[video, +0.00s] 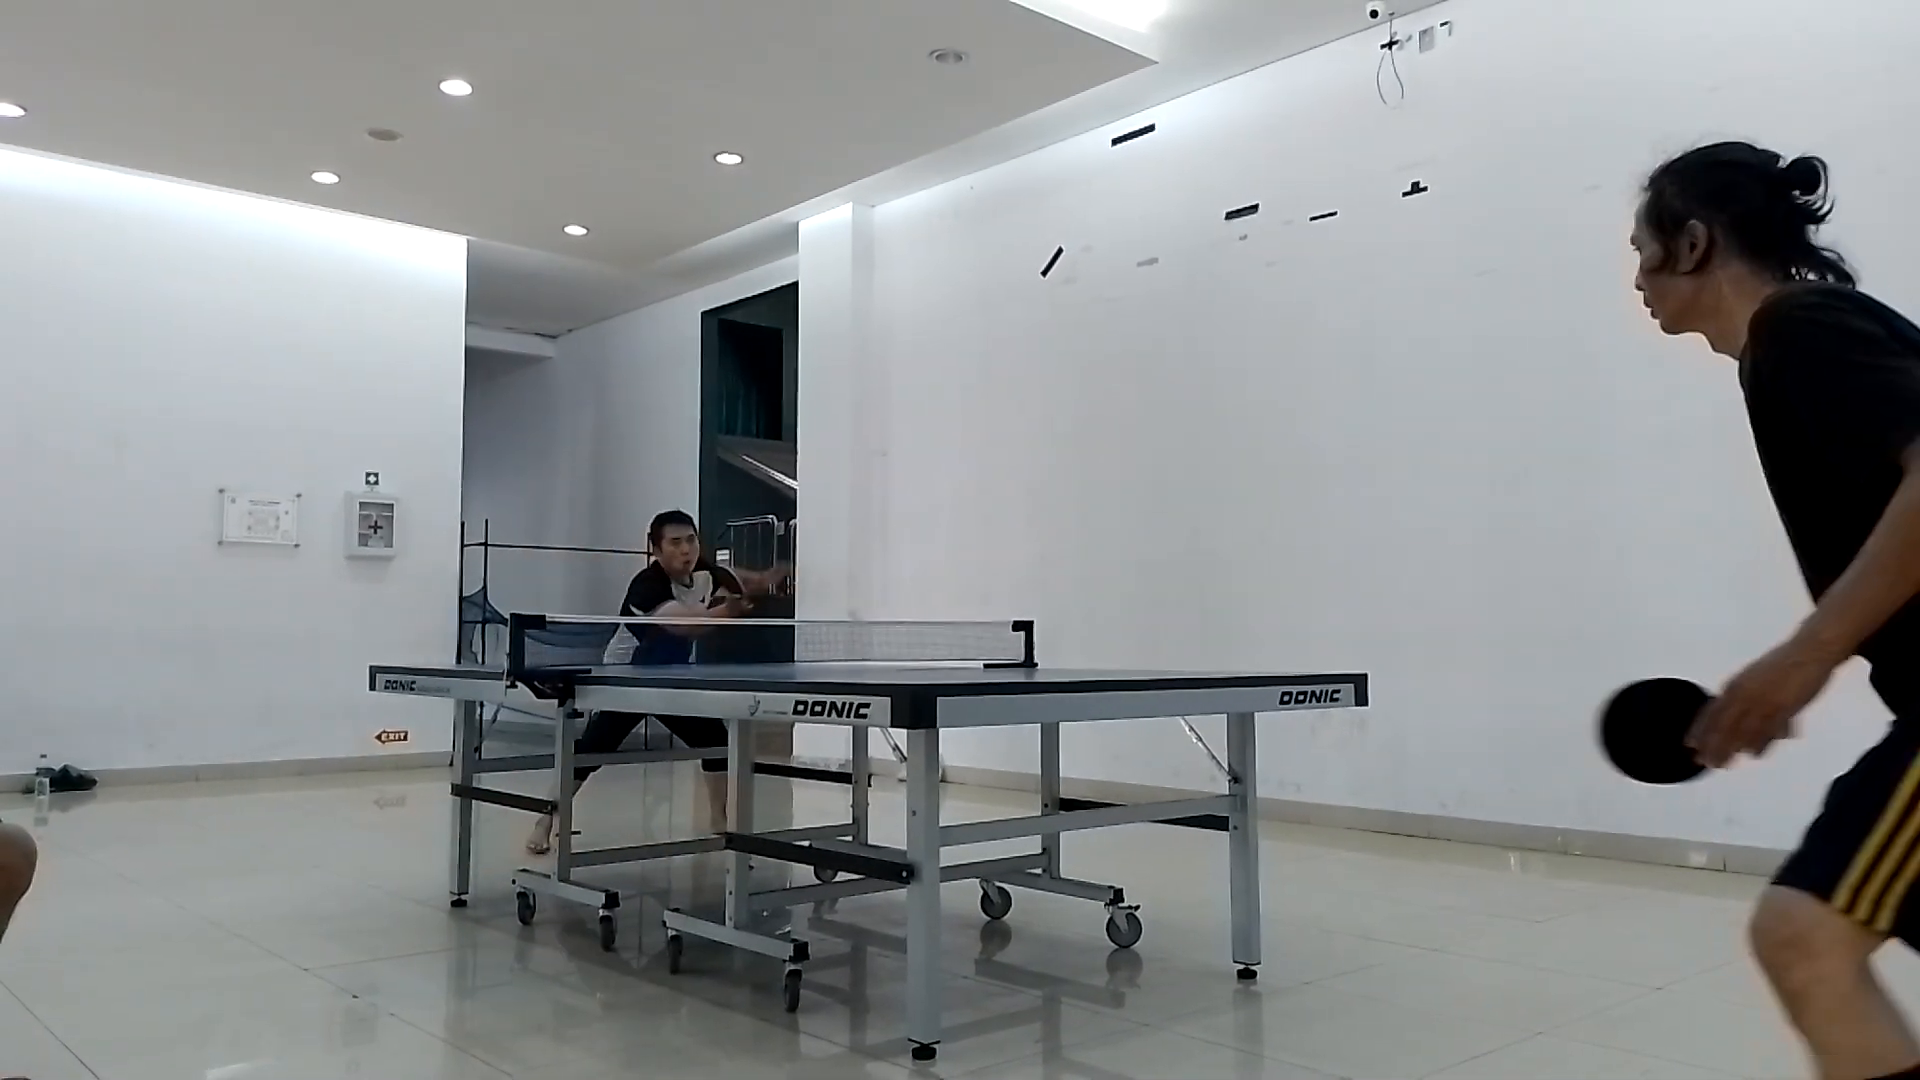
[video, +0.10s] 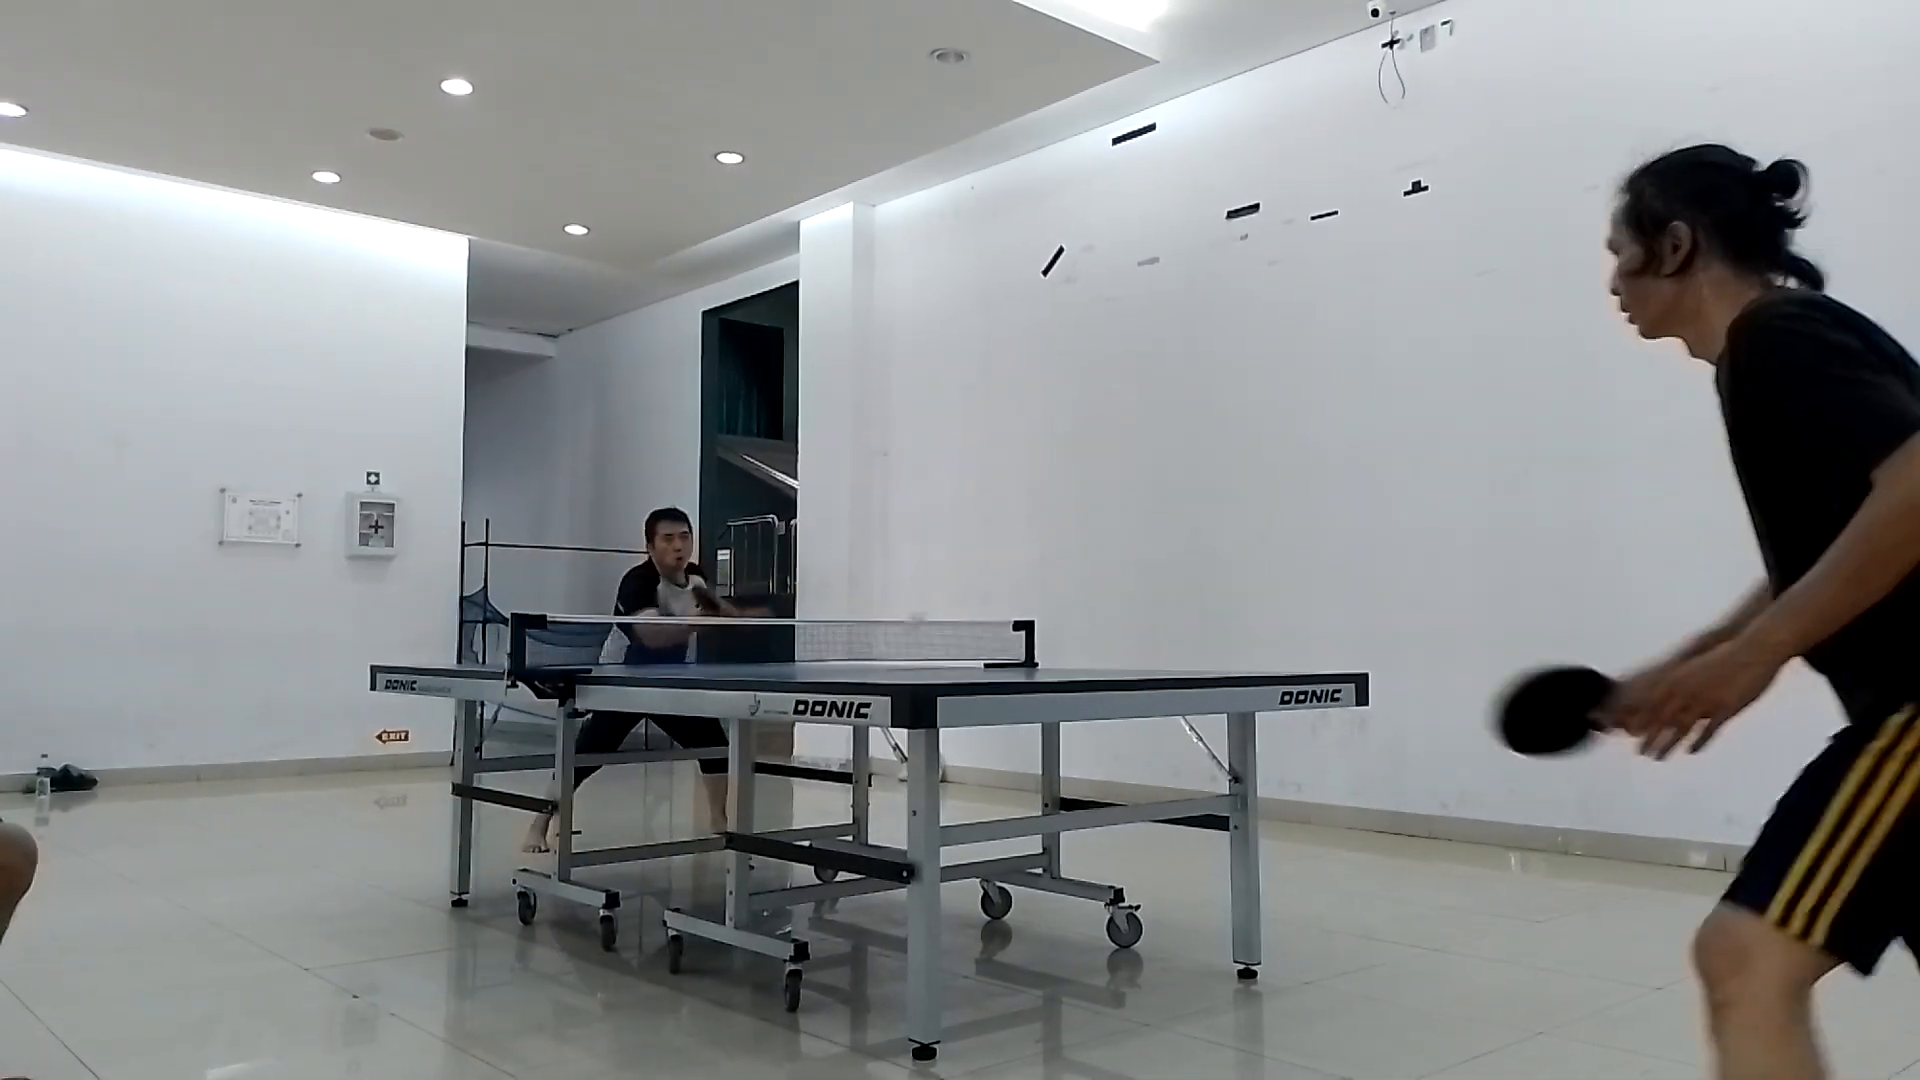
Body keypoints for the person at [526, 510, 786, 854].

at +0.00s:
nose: (687, 550)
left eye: (691, 541)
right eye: (676, 543)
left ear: (698, 544)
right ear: (657, 550)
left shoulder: (710, 576)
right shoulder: (646, 585)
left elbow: (746, 583)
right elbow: (683, 623)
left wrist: (772, 579)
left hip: (673, 685)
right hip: (626, 686)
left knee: (716, 741)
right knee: (595, 748)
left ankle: (720, 821)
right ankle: (548, 819)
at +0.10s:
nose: (678, 546)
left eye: (684, 537)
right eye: (668, 539)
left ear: (692, 541)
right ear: (651, 546)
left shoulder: (697, 578)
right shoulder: (637, 581)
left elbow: (723, 615)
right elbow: (652, 636)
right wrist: (695, 623)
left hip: (672, 690)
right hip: (625, 690)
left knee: (716, 748)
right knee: (593, 753)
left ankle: (720, 822)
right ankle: (542, 820)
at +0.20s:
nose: (671, 546)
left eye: (677, 538)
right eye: (661, 539)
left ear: (685, 545)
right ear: (644, 547)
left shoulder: (695, 586)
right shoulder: (626, 585)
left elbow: (704, 627)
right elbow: (625, 648)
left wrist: (726, 634)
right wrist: (667, 635)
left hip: (669, 693)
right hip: (619, 693)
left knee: (714, 748)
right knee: (583, 756)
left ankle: (716, 822)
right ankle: (537, 825)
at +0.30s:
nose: (674, 536)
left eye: (680, 528)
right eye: (664, 529)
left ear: (689, 535)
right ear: (649, 540)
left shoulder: (706, 578)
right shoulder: (631, 578)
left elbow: (735, 623)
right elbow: (612, 637)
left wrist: (741, 625)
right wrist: (638, 639)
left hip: (685, 692)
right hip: (634, 691)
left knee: (721, 743)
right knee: (590, 752)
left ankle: (717, 819)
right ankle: (540, 821)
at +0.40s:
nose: (680, 523)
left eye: (686, 515)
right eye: (670, 518)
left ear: (697, 523)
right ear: (656, 529)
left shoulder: (722, 566)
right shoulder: (642, 570)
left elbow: (757, 601)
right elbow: (619, 627)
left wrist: (738, 610)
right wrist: (633, 630)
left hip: (705, 681)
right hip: (654, 680)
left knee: (728, 752)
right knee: (608, 745)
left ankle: (720, 823)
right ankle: (560, 818)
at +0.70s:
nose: (696, 525)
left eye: (702, 517)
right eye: (686, 519)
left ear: (717, 524)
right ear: (676, 531)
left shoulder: (741, 561)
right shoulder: (670, 576)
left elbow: (779, 590)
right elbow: (655, 630)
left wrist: (740, 613)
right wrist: (652, 632)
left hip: (757, 677)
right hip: (703, 680)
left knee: (794, 747)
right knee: (662, 750)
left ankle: (820, 820)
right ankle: (663, 823)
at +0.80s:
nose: (701, 533)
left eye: (708, 525)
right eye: (692, 528)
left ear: (723, 532)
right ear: (684, 538)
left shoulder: (746, 565)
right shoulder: (679, 582)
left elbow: (771, 595)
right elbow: (663, 637)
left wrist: (724, 618)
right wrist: (656, 635)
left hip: (758, 683)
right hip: (706, 685)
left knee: (797, 750)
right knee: (656, 742)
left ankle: (820, 824)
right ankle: (656, 817)